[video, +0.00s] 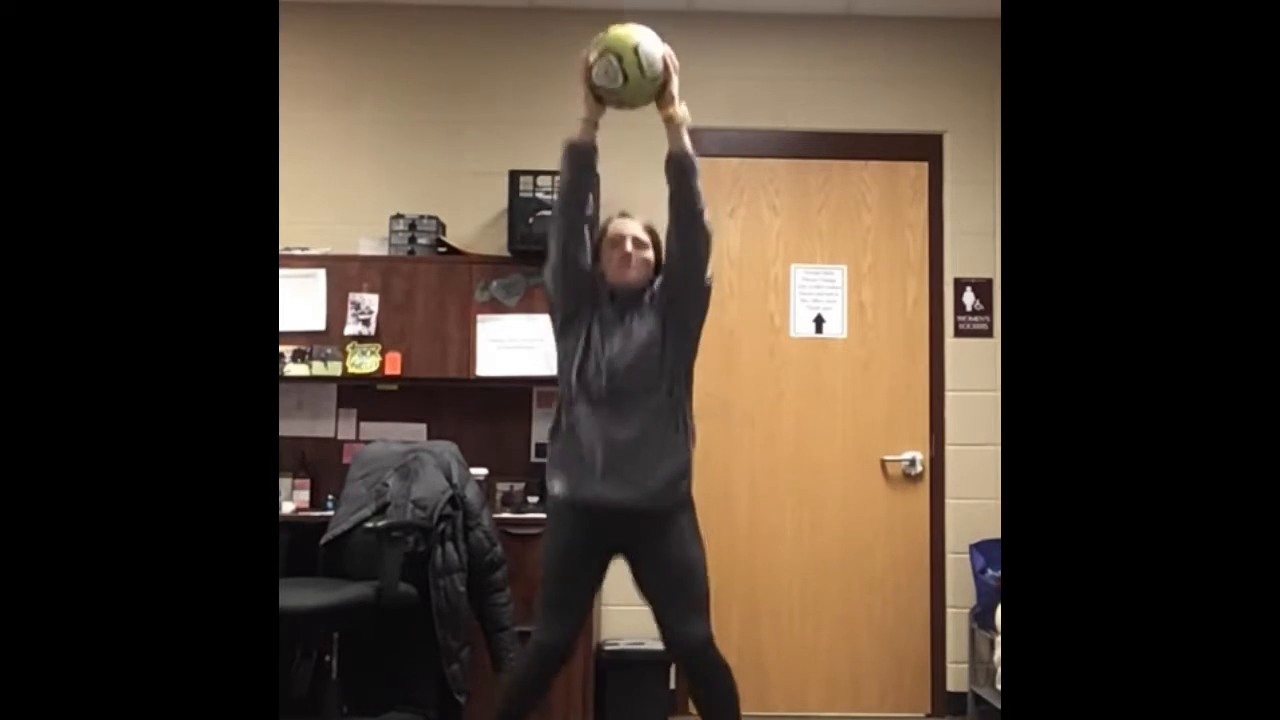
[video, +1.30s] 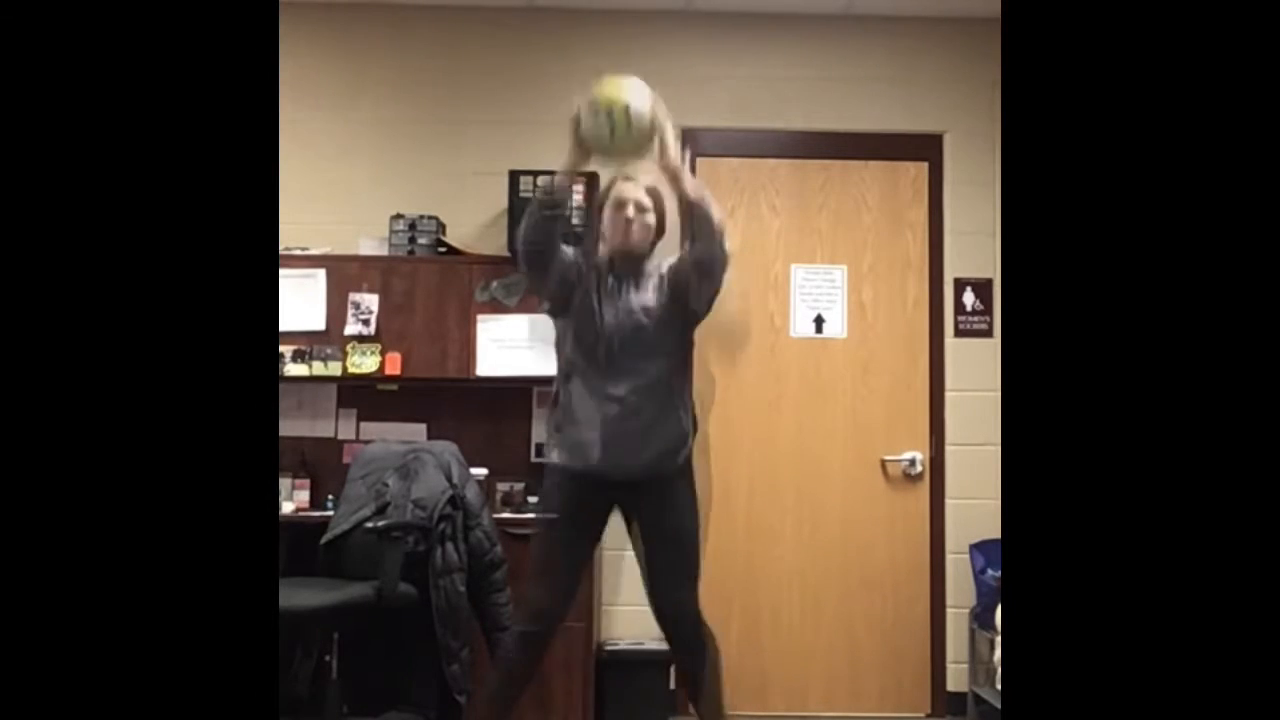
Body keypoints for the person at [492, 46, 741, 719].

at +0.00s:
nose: (631, 248)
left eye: (641, 241)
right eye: (618, 241)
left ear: (656, 261)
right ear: (596, 259)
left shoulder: (675, 313)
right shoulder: (577, 312)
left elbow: (691, 229)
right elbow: (570, 221)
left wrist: (675, 121)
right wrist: (589, 117)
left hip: (660, 507)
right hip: (579, 506)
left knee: (693, 647)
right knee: (548, 648)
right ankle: (501, 715)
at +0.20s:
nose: (636, 203)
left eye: (648, 196)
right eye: (623, 195)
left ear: (665, 216)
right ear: (603, 213)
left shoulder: (684, 277)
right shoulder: (579, 273)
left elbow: (716, 251)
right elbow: (541, 241)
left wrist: (684, 166)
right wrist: (582, 160)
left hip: (668, 460)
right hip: (586, 460)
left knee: (690, 610)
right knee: (557, 607)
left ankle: (723, 715)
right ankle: (513, 710)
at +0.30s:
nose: (633, 204)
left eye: (646, 193)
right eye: (620, 193)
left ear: (668, 200)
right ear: (601, 200)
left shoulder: (697, 259)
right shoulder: (580, 256)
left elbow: (726, 308)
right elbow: (534, 300)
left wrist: (684, 265)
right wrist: (573, 253)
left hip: (671, 451)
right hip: (590, 449)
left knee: (676, 594)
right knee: (574, 589)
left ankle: (691, 710)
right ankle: (553, 709)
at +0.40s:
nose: (639, 213)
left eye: (651, 206)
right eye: (627, 205)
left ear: (668, 224)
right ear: (608, 221)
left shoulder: (696, 299)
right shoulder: (571, 294)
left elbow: (718, 387)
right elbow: (542, 383)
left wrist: (671, 339)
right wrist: (588, 331)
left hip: (672, 479)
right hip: (592, 478)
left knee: (663, 618)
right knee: (596, 617)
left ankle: (664, 713)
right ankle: (601, 713)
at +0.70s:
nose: (640, 185)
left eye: (651, 174)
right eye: (627, 173)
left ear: (671, 181)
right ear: (604, 180)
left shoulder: (684, 252)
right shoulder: (584, 254)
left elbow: (725, 294)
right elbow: (545, 298)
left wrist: (683, 250)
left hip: (672, 446)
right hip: (593, 447)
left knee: (670, 590)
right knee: (583, 589)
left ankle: (675, 705)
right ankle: (576, 707)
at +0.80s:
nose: (644, 195)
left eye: (656, 189)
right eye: (631, 187)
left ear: (672, 205)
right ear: (611, 203)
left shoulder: (693, 267)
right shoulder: (585, 262)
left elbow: (724, 210)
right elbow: (559, 212)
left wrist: (686, 125)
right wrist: (598, 121)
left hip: (672, 446)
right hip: (592, 445)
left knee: (688, 601)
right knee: (565, 604)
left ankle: (710, 709)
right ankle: (539, 708)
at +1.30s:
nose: (628, 215)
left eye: (641, 208)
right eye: (618, 205)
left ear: (659, 227)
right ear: (598, 220)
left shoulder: (674, 290)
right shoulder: (577, 282)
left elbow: (709, 256)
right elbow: (534, 248)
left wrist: (682, 182)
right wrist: (568, 170)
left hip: (658, 469)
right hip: (578, 467)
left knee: (679, 616)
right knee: (539, 614)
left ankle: (711, 711)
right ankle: (487, 710)